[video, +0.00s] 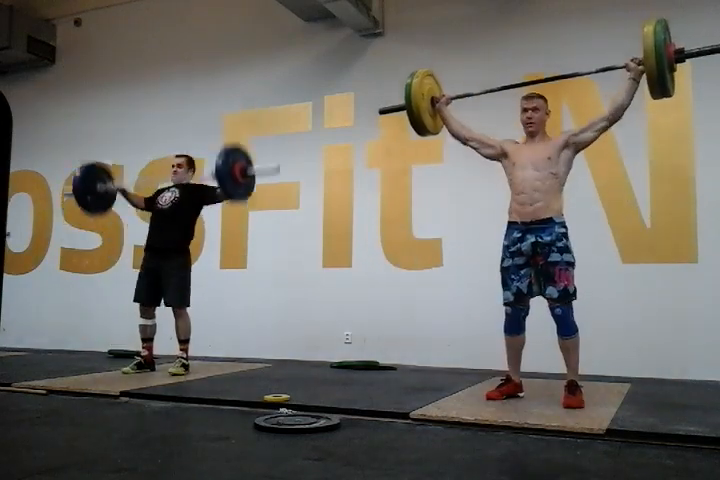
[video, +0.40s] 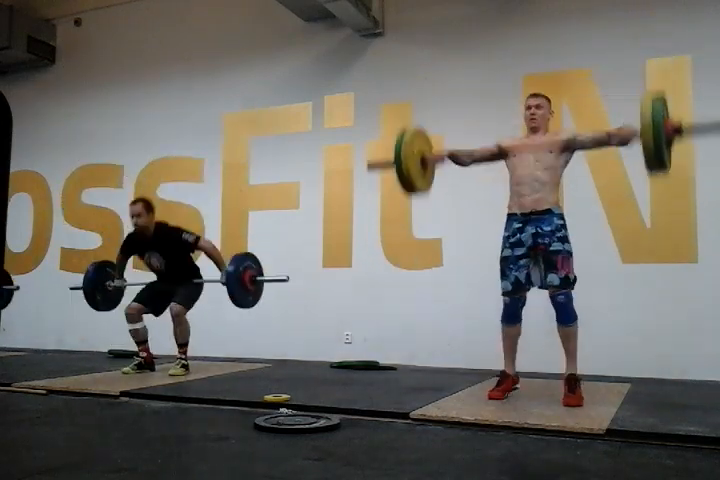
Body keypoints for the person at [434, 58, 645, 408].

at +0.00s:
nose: (529, 115)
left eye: (535, 110)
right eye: (525, 111)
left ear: (548, 114)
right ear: (520, 116)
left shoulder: (566, 145)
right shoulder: (508, 150)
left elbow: (612, 116)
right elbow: (465, 136)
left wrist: (634, 76)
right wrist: (441, 107)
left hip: (552, 232)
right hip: (516, 234)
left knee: (561, 309)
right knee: (514, 310)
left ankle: (572, 384)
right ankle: (512, 380)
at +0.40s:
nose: (532, 110)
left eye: (538, 106)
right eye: (528, 107)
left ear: (550, 114)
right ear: (523, 115)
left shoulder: (562, 142)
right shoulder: (511, 147)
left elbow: (607, 137)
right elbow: (471, 156)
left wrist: (641, 131)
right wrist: (442, 154)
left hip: (550, 223)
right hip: (516, 226)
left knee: (562, 301)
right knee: (511, 302)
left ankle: (572, 376)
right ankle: (509, 374)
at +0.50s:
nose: (528, 110)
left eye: (534, 105)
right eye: (524, 106)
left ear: (547, 111)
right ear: (519, 113)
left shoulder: (563, 140)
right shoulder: (506, 145)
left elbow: (607, 145)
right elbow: (467, 160)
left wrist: (624, 172)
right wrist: (441, 185)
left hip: (552, 226)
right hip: (518, 228)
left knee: (564, 303)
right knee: (513, 304)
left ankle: (572, 378)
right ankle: (509, 376)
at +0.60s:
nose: (521, 116)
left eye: (527, 110)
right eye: (517, 111)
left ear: (539, 113)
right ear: (511, 116)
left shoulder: (558, 147)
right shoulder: (500, 153)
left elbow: (599, 174)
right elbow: (467, 183)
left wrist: (627, 215)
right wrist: (444, 218)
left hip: (554, 235)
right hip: (518, 237)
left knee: (564, 307)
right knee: (512, 308)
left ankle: (573, 381)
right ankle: (510, 379)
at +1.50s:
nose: (533, 117)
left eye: (538, 113)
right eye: (528, 113)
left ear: (549, 119)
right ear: (522, 120)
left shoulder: (563, 145)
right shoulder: (509, 147)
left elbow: (602, 157)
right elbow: (471, 166)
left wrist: (625, 174)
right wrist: (440, 183)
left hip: (550, 223)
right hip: (515, 224)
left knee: (564, 296)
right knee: (502, 296)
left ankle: (575, 376)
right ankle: (504, 371)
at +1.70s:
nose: (532, 153)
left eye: (538, 148)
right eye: (528, 148)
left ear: (549, 153)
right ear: (523, 153)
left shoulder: (565, 183)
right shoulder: (509, 183)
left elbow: (612, 181)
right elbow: (463, 187)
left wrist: (630, 146)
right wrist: (439, 161)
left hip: (557, 275)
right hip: (518, 275)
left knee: (585, 321)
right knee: (472, 314)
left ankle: (580, 386)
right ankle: (489, 380)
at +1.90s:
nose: (526, 201)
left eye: (532, 196)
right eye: (521, 196)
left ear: (544, 197)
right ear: (515, 200)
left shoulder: (562, 222)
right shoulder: (503, 223)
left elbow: (605, 190)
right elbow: (467, 202)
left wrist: (637, 155)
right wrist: (438, 176)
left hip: (557, 307)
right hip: (518, 306)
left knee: (591, 326)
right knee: (472, 319)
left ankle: (580, 387)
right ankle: (489, 382)